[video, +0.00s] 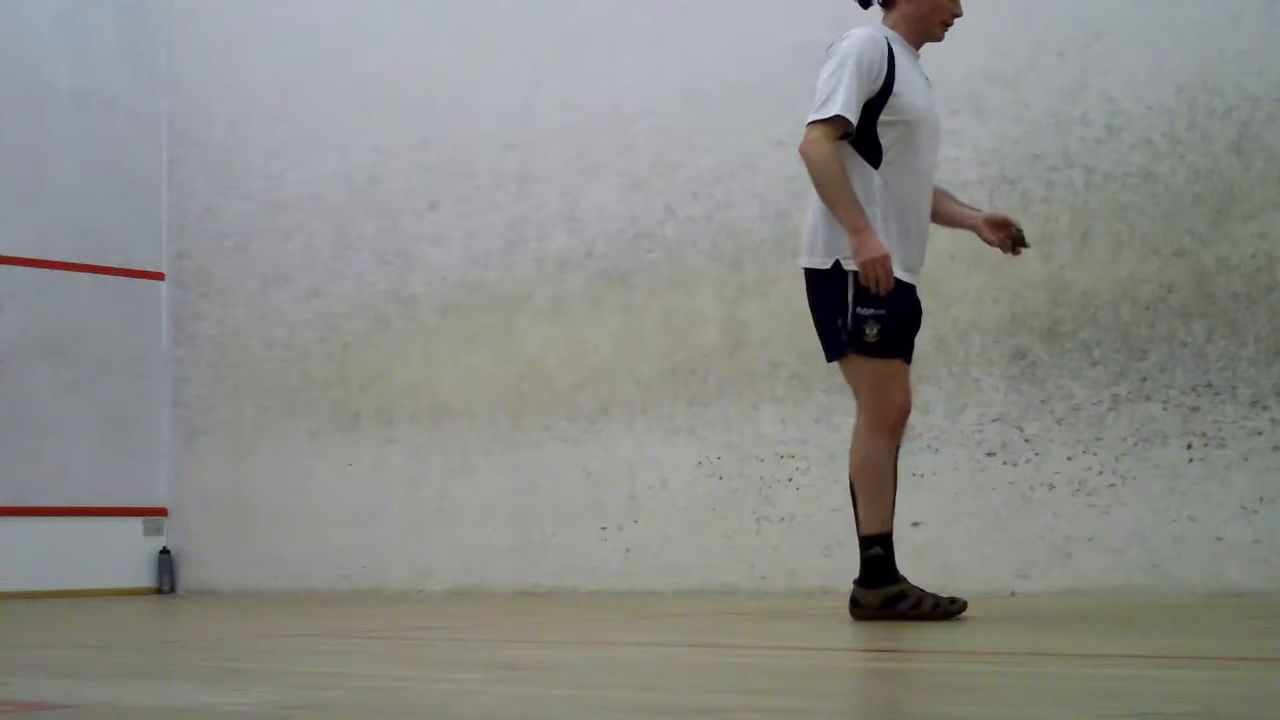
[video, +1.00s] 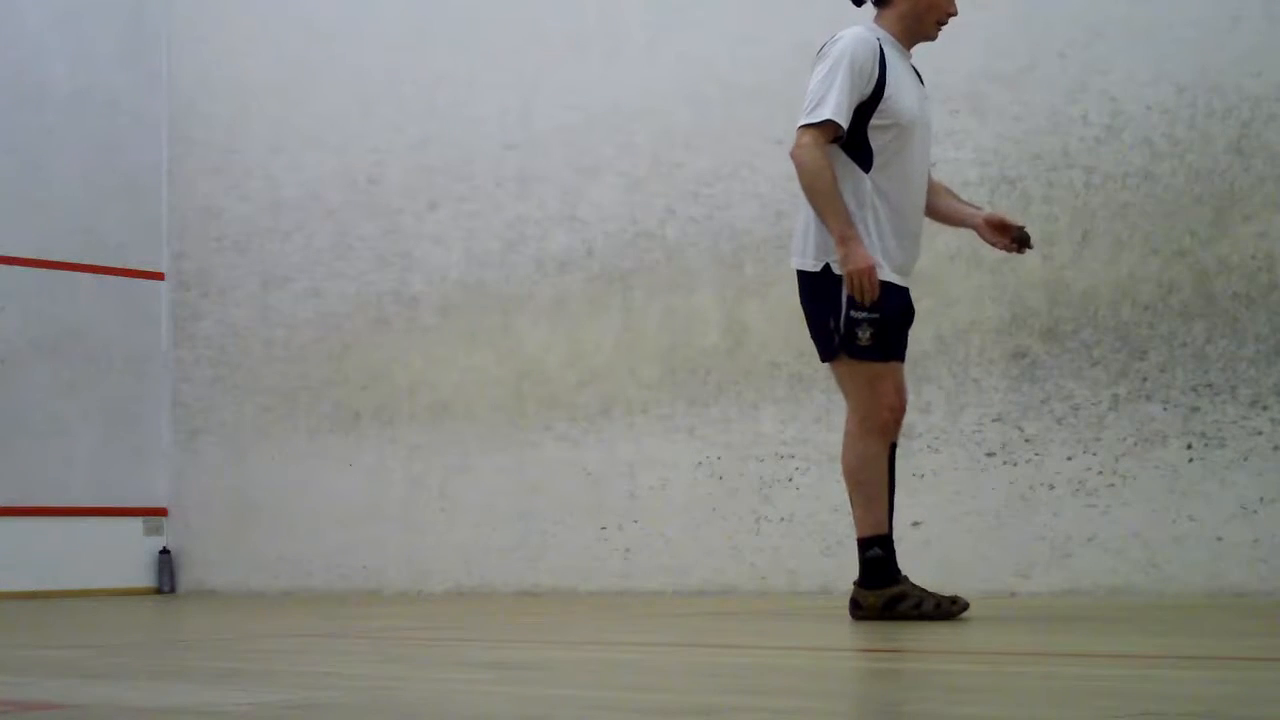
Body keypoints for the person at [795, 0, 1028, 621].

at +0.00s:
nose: (958, 11)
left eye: (957, 3)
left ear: (914, 4)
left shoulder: (910, 68)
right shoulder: (866, 46)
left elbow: (907, 187)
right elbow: (818, 144)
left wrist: (977, 220)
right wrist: (861, 235)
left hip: (886, 265)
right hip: (854, 263)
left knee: (882, 414)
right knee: (884, 411)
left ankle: (878, 578)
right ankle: (877, 580)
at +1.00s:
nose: (952, 10)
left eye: (952, 2)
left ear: (911, 3)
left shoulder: (907, 70)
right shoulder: (857, 47)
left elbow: (911, 183)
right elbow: (808, 149)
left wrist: (978, 218)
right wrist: (849, 243)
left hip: (882, 268)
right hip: (846, 267)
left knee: (878, 413)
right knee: (878, 410)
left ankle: (879, 579)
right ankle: (877, 581)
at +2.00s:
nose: (931, 21)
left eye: (934, 11)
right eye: (918, 9)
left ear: (931, 20)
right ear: (878, 12)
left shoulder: (907, 92)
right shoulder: (848, 72)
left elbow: (917, 205)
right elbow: (785, 167)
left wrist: (993, 286)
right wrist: (835, 216)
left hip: (898, 268)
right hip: (874, 262)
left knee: (935, 431)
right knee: (1028, 233)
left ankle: (869, 581)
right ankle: (936, 377)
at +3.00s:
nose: (883, 75)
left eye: (887, 62)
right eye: (884, 63)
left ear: (909, 62)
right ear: (926, 59)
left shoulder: (956, 88)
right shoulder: (950, 142)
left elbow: (1059, 87)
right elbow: (934, 232)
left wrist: (1166, 127)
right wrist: (881, 224)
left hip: (1013, 255)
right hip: (1085, 252)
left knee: (961, 401)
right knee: (1024, 420)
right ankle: (1018, 576)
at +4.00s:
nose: (1036, 6)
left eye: (1038, 4)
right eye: (1038, 4)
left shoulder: (1057, 26)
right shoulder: (1157, 44)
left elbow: (1066, 131)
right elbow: (1212, 146)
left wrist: (1049, 241)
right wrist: (1195, 245)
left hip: (1102, 244)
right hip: (1168, 248)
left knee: (1094, 401)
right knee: (1171, 410)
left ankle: (1160, 574)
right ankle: (1189, 575)